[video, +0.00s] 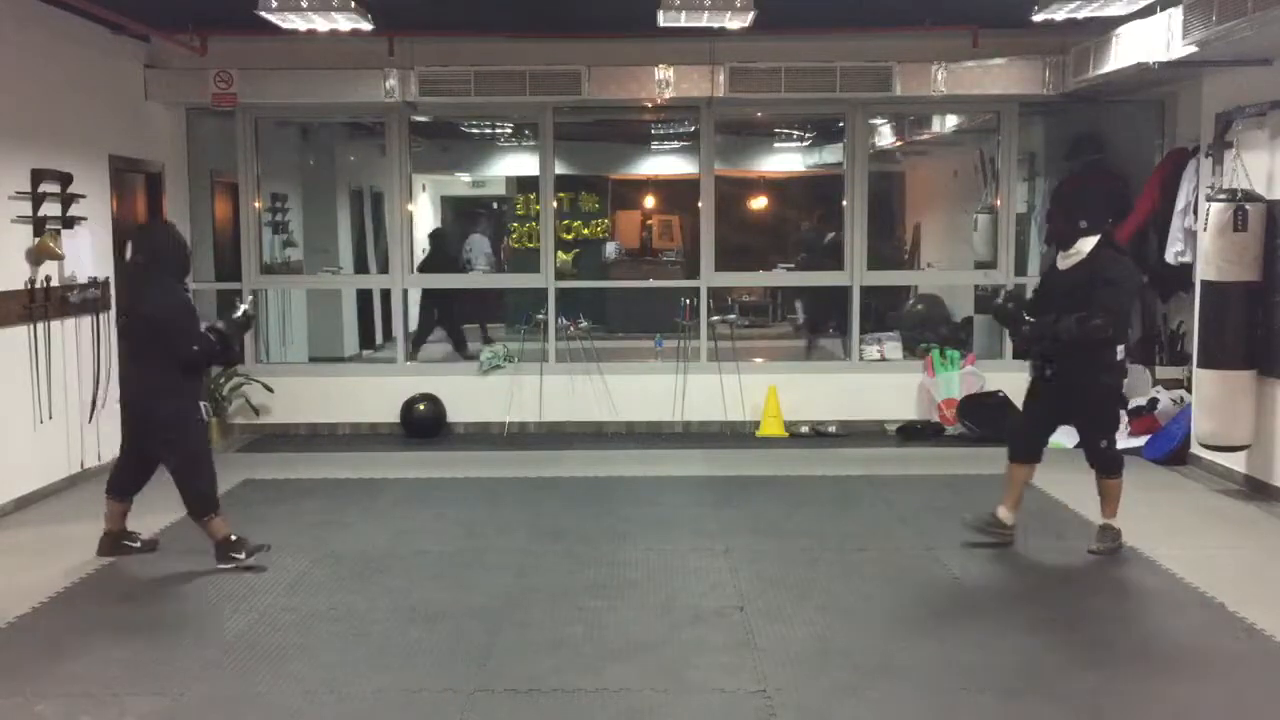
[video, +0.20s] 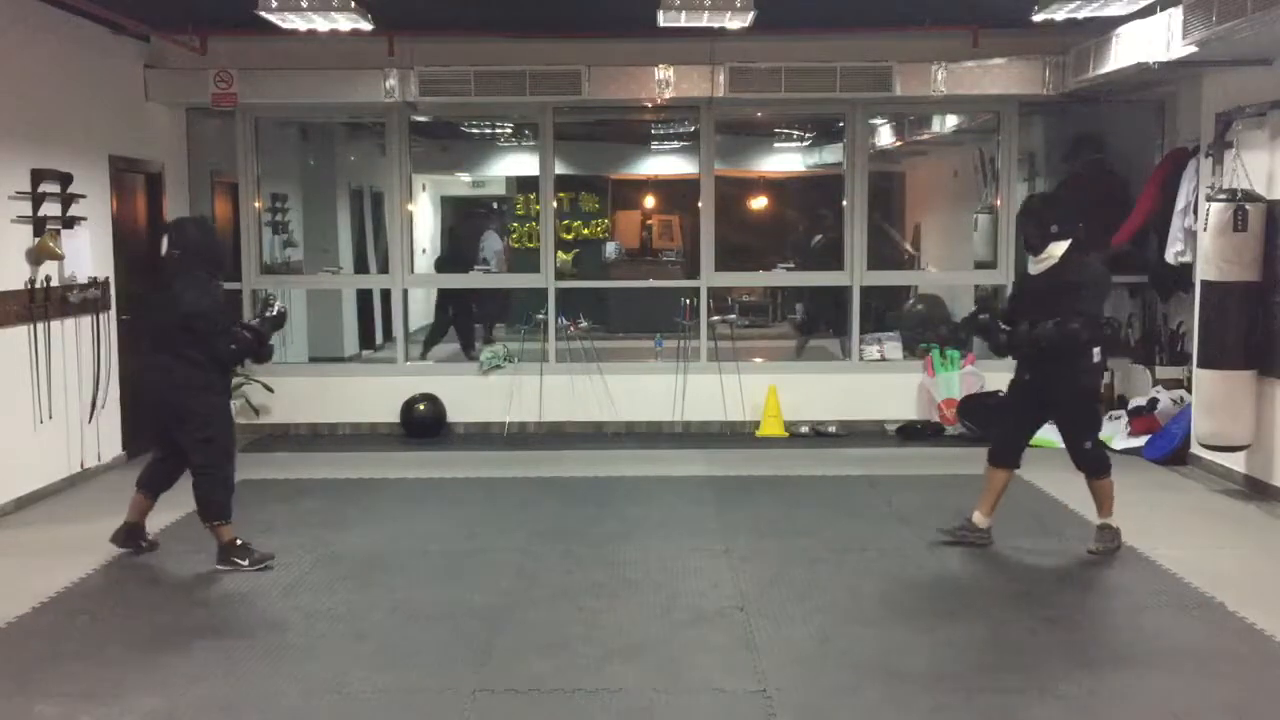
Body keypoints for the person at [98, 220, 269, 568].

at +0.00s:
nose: (187, 259)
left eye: (184, 252)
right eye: (182, 252)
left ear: (140, 255)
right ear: (172, 256)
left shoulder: (133, 288)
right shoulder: (167, 295)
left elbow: (165, 347)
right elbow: (190, 354)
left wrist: (211, 335)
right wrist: (226, 334)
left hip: (140, 397)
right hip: (171, 400)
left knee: (134, 461)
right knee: (194, 466)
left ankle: (114, 533)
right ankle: (225, 541)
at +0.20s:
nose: (218, 249)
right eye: (213, 243)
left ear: (175, 249)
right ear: (205, 248)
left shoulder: (163, 283)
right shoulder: (200, 289)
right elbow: (221, 349)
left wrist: (238, 335)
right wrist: (257, 331)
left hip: (168, 386)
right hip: (199, 391)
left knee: (171, 454)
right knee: (213, 461)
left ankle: (131, 526)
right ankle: (228, 545)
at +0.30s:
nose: (234, 248)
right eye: (229, 242)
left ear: (193, 248)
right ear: (220, 248)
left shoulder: (185, 285)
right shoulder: (217, 291)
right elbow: (240, 351)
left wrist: (260, 332)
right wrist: (271, 327)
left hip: (186, 388)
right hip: (213, 394)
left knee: (187, 455)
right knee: (220, 464)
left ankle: (154, 527)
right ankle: (230, 546)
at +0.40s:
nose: (251, 251)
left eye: (248, 243)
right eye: (247, 244)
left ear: (206, 246)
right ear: (240, 248)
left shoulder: (187, 288)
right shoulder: (230, 289)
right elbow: (257, 347)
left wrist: (278, 327)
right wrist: (288, 323)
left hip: (193, 389)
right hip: (224, 393)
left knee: (206, 456)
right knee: (230, 461)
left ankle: (191, 533)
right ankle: (232, 546)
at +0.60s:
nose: (269, 247)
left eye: (266, 240)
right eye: (264, 240)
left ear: (224, 246)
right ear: (252, 246)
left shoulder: (208, 289)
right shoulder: (247, 289)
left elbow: (255, 333)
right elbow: (278, 342)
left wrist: (300, 317)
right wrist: (310, 319)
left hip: (213, 390)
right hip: (245, 392)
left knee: (231, 456)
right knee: (272, 452)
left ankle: (227, 539)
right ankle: (243, 538)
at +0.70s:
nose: (280, 251)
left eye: (278, 243)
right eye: (275, 243)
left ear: (233, 247)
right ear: (260, 247)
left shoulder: (218, 291)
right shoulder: (256, 289)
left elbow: (268, 330)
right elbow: (290, 340)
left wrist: (312, 318)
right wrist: (321, 318)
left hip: (223, 394)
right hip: (256, 395)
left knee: (235, 458)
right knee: (294, 452)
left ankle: (227, 539)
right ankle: (269, 532)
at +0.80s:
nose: (294, 247)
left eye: (291, 240)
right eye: (288, 240)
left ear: (252, 247)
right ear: (273, 247)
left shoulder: (238, 285)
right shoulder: (269, 287)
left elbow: (287, 326)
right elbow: (306, 339)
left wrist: (328, 317)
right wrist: (336, 319)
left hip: (238, 391)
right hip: (269, 393)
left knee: (242, 460)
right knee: (301, 453)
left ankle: (228, 539)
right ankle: (313, 538)